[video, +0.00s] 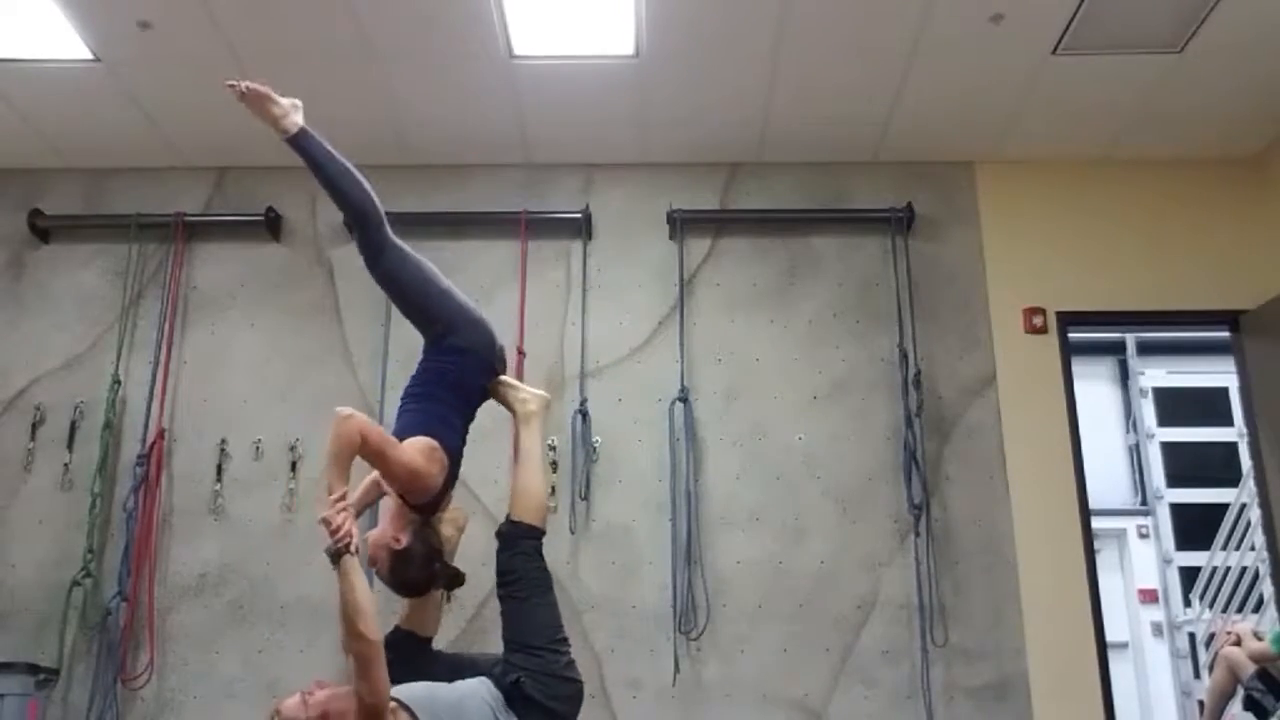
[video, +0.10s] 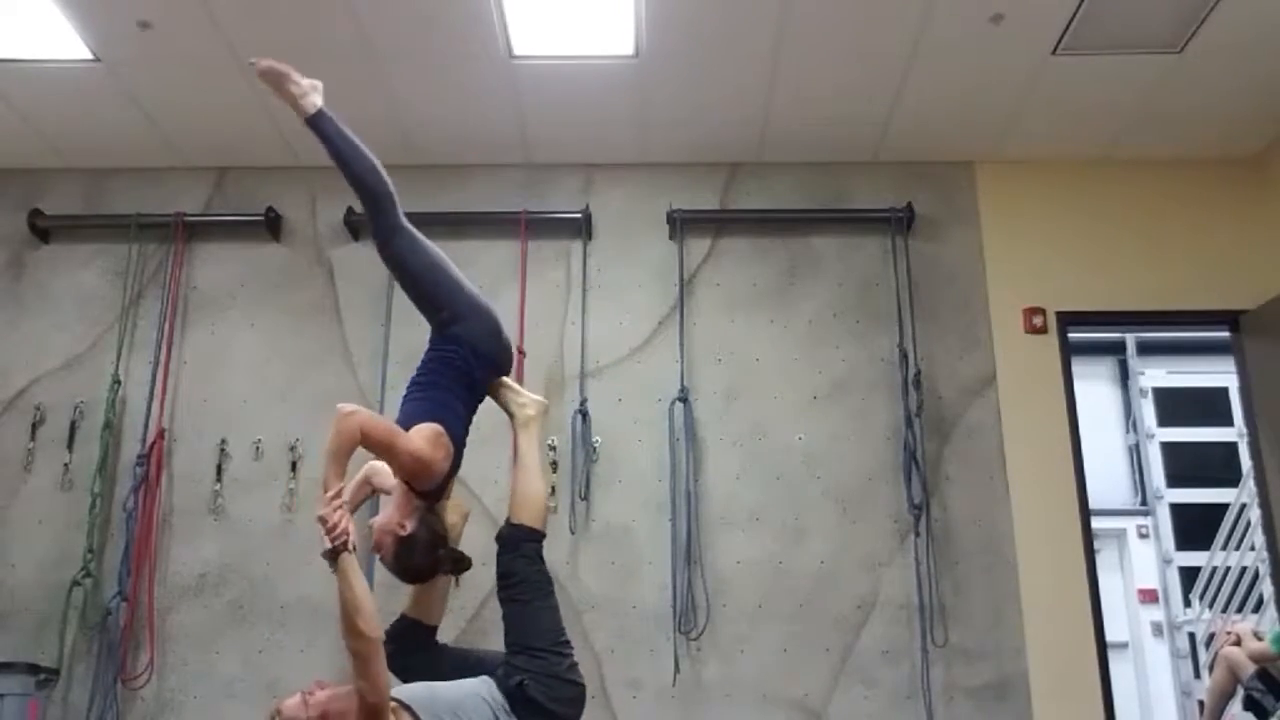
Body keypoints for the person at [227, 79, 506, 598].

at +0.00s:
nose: (370, 555)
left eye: (373, 563)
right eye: (379, 557)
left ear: (393, 543)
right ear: (404, 540)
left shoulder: (424, 493)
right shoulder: (417, 479)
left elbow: (391, 466)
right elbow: (347, 425)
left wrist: (352, 507)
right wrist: (335, 496)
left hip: (475, 365)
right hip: (467, 348)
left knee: (377, 243)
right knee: (375, 239)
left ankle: (298, 130)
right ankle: (293, 127)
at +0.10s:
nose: (375, 535)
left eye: (378, 547)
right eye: (381, 543)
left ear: (401, 528)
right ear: (409, 525)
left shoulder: (421, 480)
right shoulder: (422, 466)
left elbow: (372, 473)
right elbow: (349, 418)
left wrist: (343, 513)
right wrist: (331, 491)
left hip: (487, 360)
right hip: (475, 337)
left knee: (394, 232)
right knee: (389, 227)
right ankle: (312, 108)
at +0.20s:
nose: (390, 529)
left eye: (393, 540)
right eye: (399, 533)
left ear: (419, 511)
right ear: (419, 513)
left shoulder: (440, 474)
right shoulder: (428, 454)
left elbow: (389, 474)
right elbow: (351, 420)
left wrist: (360, 507)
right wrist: (345, 495)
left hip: (487, 353)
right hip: (475, 329)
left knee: (411, 210)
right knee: (409, 206)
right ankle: (354, 76)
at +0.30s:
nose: (395, 518)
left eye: (398, 530)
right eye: (403, 523)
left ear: (426, 500)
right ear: (423, 502)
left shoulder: (445, 466)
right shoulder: (432, 443)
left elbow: (387, 470)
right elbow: (356, 416)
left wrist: (362, 501)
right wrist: (349, 488)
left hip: (489, 346)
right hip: (474, 321)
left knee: (416, 202)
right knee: (412, 200)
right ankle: (359, 68)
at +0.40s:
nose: (399, 491)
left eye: (399, 500)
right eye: (406, 494)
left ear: (423, 483)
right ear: (428, 482)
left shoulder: (441, 448)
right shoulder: (441, 426)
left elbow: (367, 461)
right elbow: (371, 412)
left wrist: (358, 514)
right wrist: (362, 484)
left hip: (489, 329)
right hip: (484, 304)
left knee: (429, 185)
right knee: (426, 178)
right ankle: (377, 53)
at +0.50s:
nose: (405, 483)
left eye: (407, 490)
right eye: (413, 486)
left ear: (431, 472)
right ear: (435, 471)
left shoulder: (459, 434)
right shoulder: (449, 414)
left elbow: (393, 465)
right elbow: (377, 410)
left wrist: (366, 505)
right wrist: (360, 488)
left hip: (499, 325)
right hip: (491, 298)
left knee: (444, 176)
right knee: (442, 167)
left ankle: (406, 47)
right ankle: (402, 45)